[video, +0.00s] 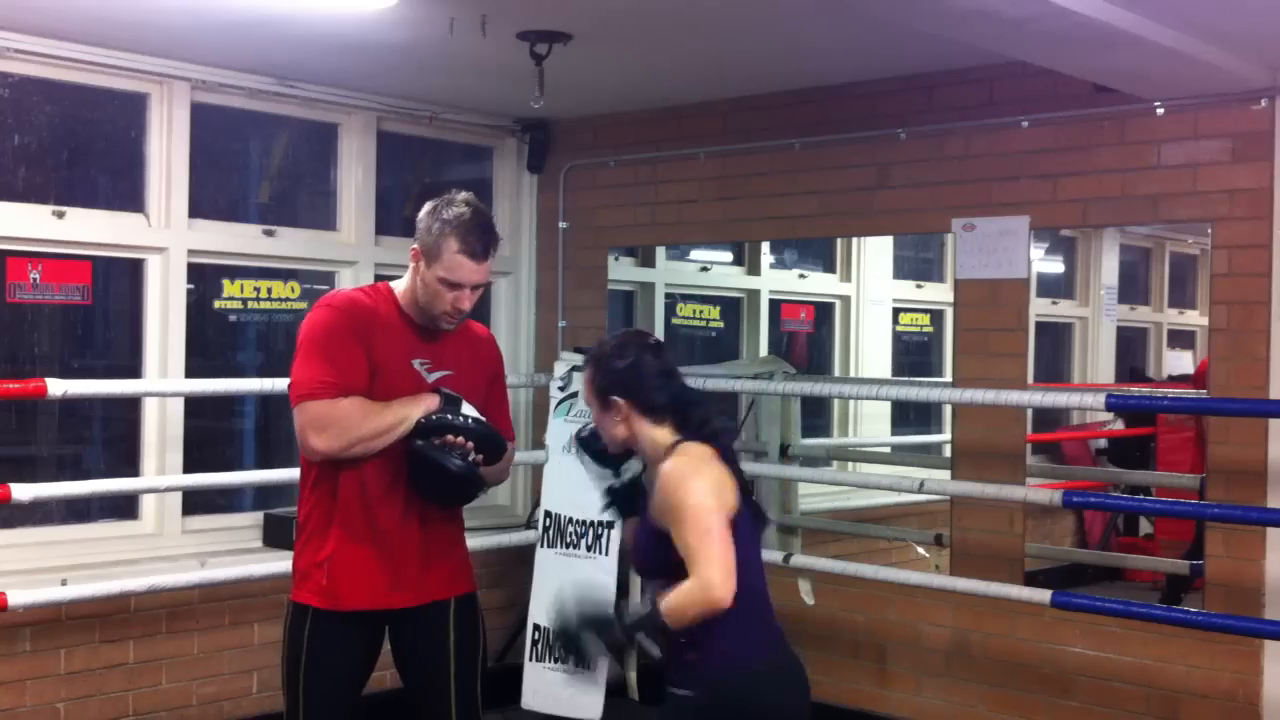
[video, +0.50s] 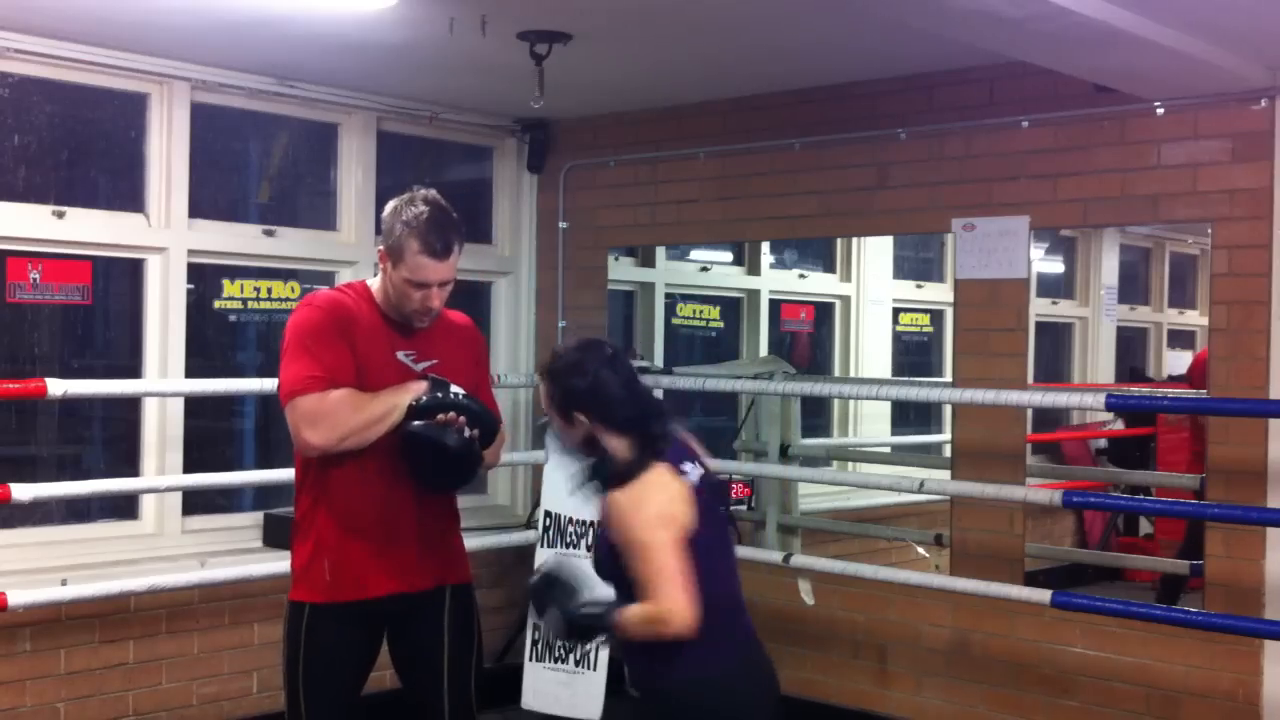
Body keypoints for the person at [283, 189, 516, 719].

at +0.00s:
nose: (465, 303)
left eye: (478, 288)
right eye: (452, 285)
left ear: (489, 272)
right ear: (416, 259)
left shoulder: (478, 345)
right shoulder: (340, 316)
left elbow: (500, 465)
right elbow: (320, 433)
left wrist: (476, 455)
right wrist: (428, 402)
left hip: (439, 579)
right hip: (339, 580)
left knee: (455, 710)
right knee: (318, 713)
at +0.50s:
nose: (436, 300)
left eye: (446, 285)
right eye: (421, 285)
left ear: (455, 267)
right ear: (384, 263)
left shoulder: (462, 334)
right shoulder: (323, 315)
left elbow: (495, 442)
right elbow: (315, 429)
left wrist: (464, 441)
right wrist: (420, 390)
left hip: (437, 578)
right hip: (336, 582)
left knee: (452, 709)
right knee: (319, 713)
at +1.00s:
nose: (480, 274)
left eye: (488, 259)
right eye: (465, 255)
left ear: (494, 257)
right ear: (421, 247)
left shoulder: (492, 338)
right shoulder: (344, 331)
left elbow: (502, 431)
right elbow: (277, 440)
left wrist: (501, 511)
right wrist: (399, 483)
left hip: (442, 585)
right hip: (338, 582)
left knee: (448, 709)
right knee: (307, 711)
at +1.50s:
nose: (364, 257)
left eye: (370, 243)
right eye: (348, 240)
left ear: (378, 243)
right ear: (300, 237)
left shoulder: (383, 329)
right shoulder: (239, 326)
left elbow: (454, 417)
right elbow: (245, 434)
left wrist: (455, 337)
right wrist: (308, 337)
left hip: (359, 577)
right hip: (257, 579)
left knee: (396, 710)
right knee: (242, 712)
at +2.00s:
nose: (345, 258)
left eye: (353, 245)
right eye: (331, 241)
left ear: (363, 245)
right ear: (285, 236)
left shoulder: (372, 326)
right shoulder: (226, 323)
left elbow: (445, 401)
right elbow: (254, 416)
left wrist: (463, 332)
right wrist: (316, 316)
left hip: (354, 581)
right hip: (251, 586)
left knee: (382, 710)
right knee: (241, 713)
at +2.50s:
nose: (320, 262)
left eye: (329, 246)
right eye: (307, 245)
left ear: (336, 242)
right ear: (260, 238)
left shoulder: (343, 330)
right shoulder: (203, 331)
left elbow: (403, 407)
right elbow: (229, 424)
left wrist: (408, 329)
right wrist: (272, 319)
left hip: (348, 582)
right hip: (246, 591)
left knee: (378, 710)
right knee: (241, 714)